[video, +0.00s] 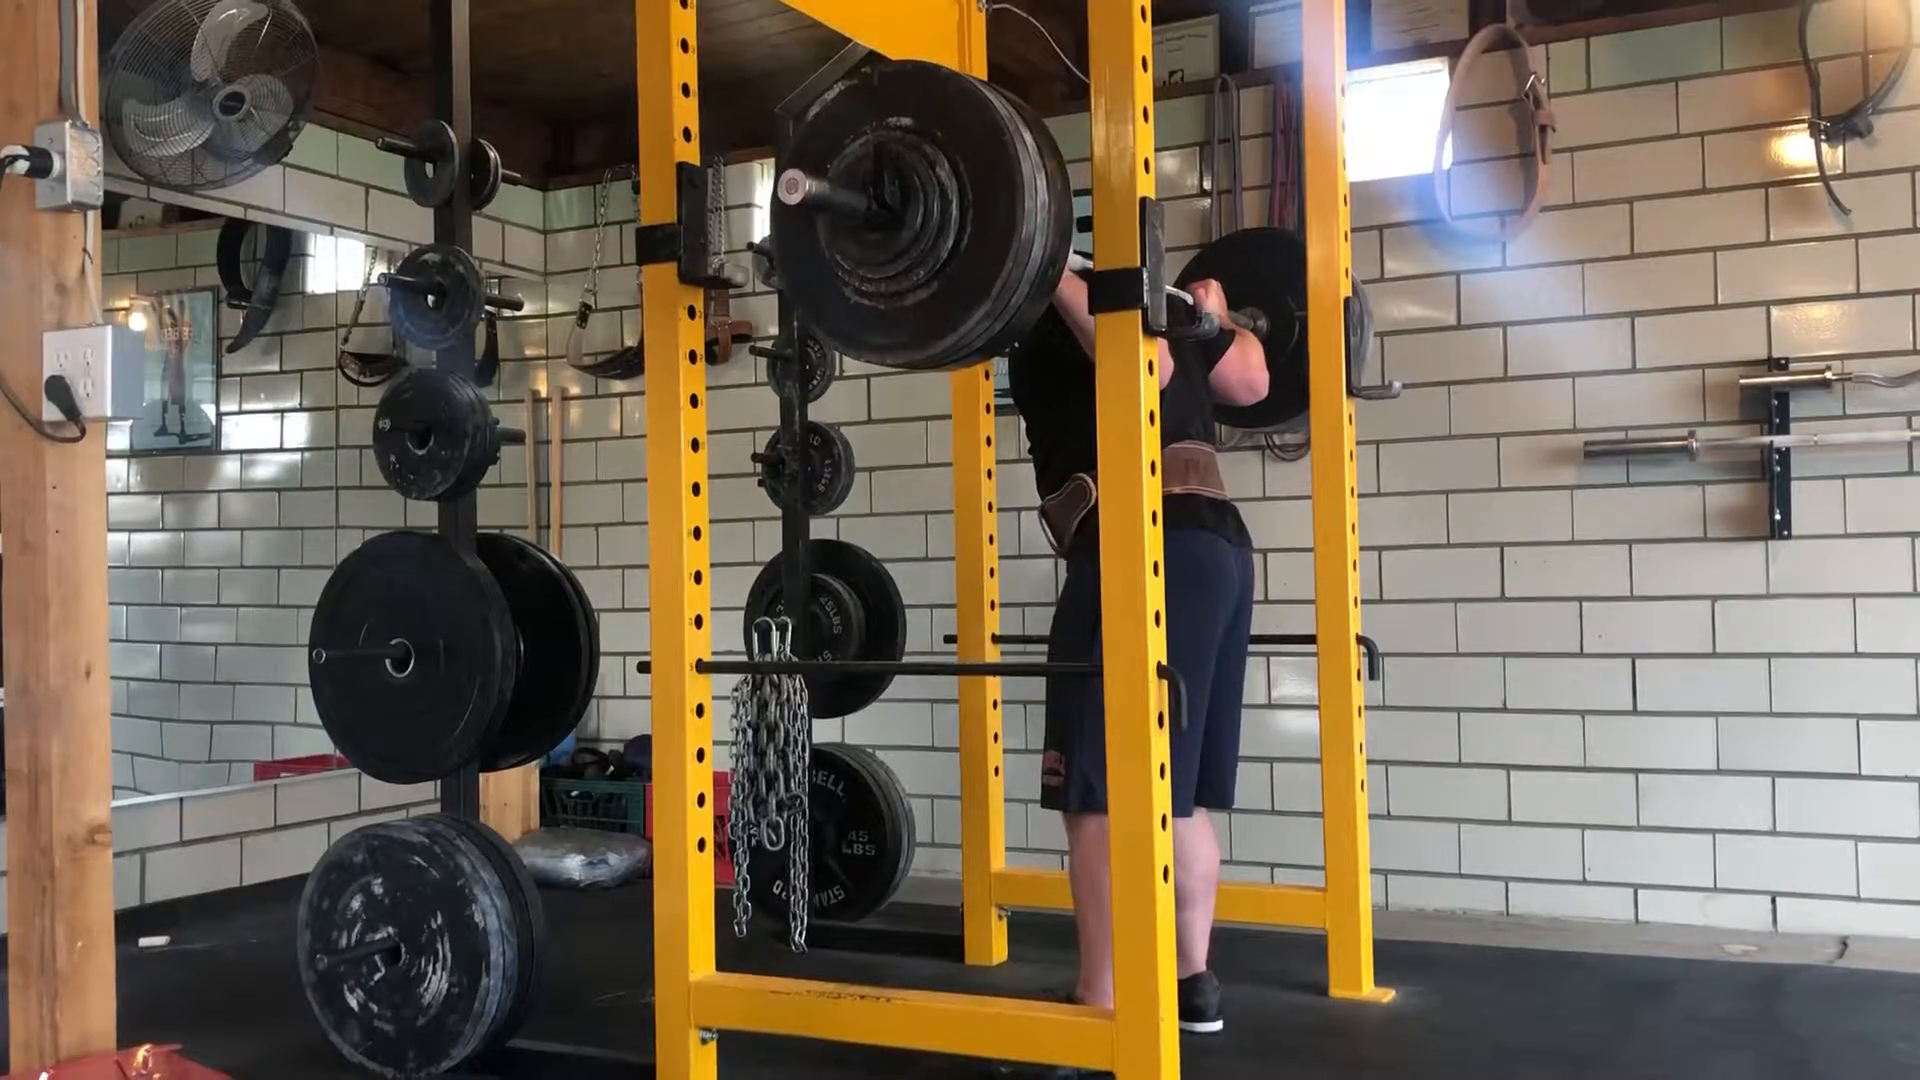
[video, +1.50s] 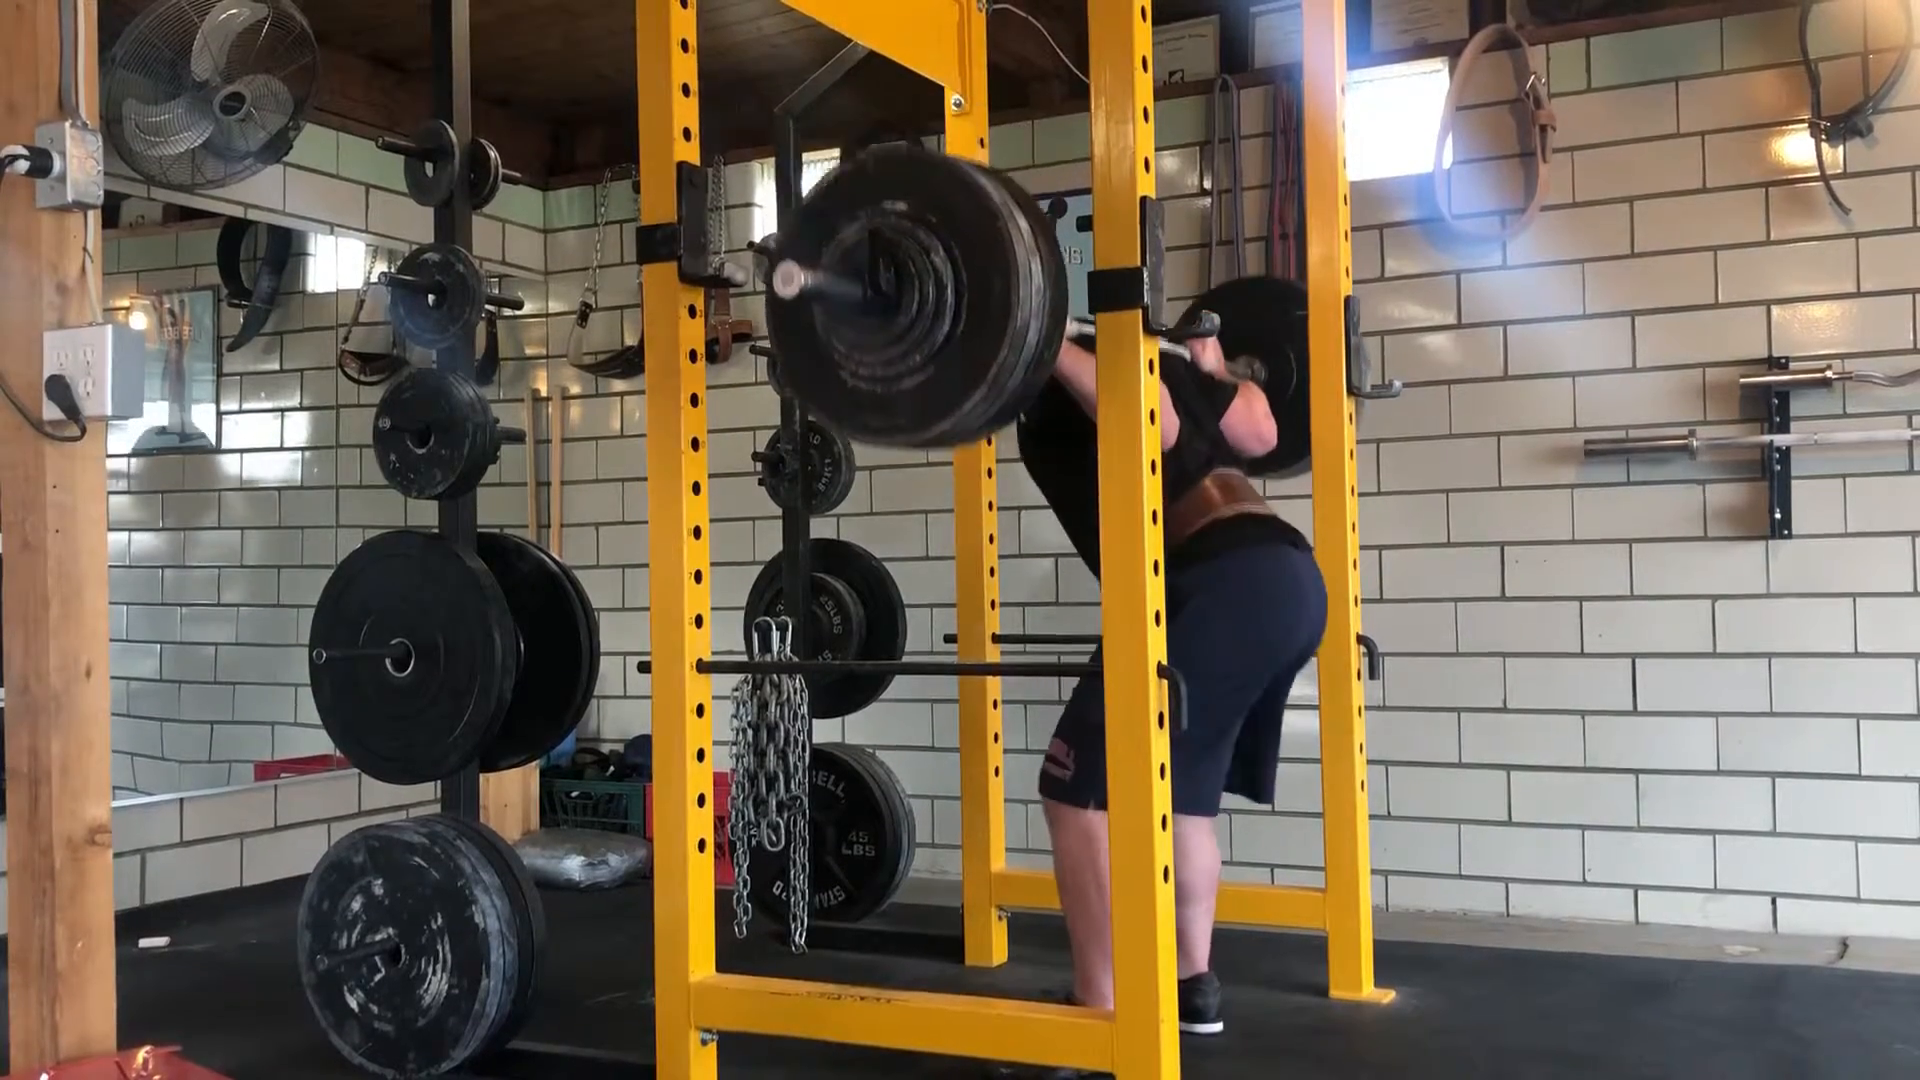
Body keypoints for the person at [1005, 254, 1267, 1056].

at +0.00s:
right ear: (1086, 238)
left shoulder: (1050, 303)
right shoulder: (1168, 302)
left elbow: (1142, 371)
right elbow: (1251, 378)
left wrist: (1067, 283)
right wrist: (1214, 310)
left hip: (1128, 544)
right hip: (1216, 547)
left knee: (1096, 787)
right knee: (1189, 785)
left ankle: (1100, 1003)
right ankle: (1194, 982)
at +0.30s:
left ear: (1034, 243)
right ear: (1077, 235)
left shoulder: (1058, 294)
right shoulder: (1168, 298)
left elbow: (1141, 372)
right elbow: (1248, 378)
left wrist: (1057, 281)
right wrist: (1213, 307)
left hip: (1126, 541)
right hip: (1213, 545)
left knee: (1091, 784)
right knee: (1188, 784)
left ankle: (1101, 1000)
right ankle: (1194, 987)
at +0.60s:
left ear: (1028, 244)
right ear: (1070, 237)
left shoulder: (1052, 295)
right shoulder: (1163, 296)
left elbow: (1135, 373)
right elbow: (1245, 378)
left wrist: (1055, 284)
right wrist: (1212, 308)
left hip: (1124, 538)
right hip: (1213, 543)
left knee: (1087, 783)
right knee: (1187, 782)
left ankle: (1100, 999)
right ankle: (1194, 985)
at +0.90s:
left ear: (1033, 244)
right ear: (1074, 239)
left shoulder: (1054, 295)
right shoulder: (1160, 297)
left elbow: (1134, 370)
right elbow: (1246, 377)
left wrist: (1047, 280)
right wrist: (1211, 308)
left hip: (1131, 540)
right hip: (1214, 544)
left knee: (1088, 782)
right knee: (1185, 784)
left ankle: (1099, 1003)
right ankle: (1193, 986)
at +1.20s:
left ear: (1023, 260)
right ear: (1074, 249)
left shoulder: (1048, 317)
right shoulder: (1156, 311)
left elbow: (1139, 378)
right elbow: (1250, 380)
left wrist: (1049, 285)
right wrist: (1213, 315)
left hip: (1154, 545)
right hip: (1234, 546)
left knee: (1088, 783)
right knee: (1191, 784)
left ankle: (1098, 1004)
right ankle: (1195, 987)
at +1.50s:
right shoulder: (1150, 356)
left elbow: (1158, 424)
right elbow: (1258, 431)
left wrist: (1042, 346)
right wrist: (1213, 367)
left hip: (1223, 579)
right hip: (1281, 578)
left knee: (1072, 780)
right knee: (1191, 787)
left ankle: (1098, 1005)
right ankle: (1192, 987)